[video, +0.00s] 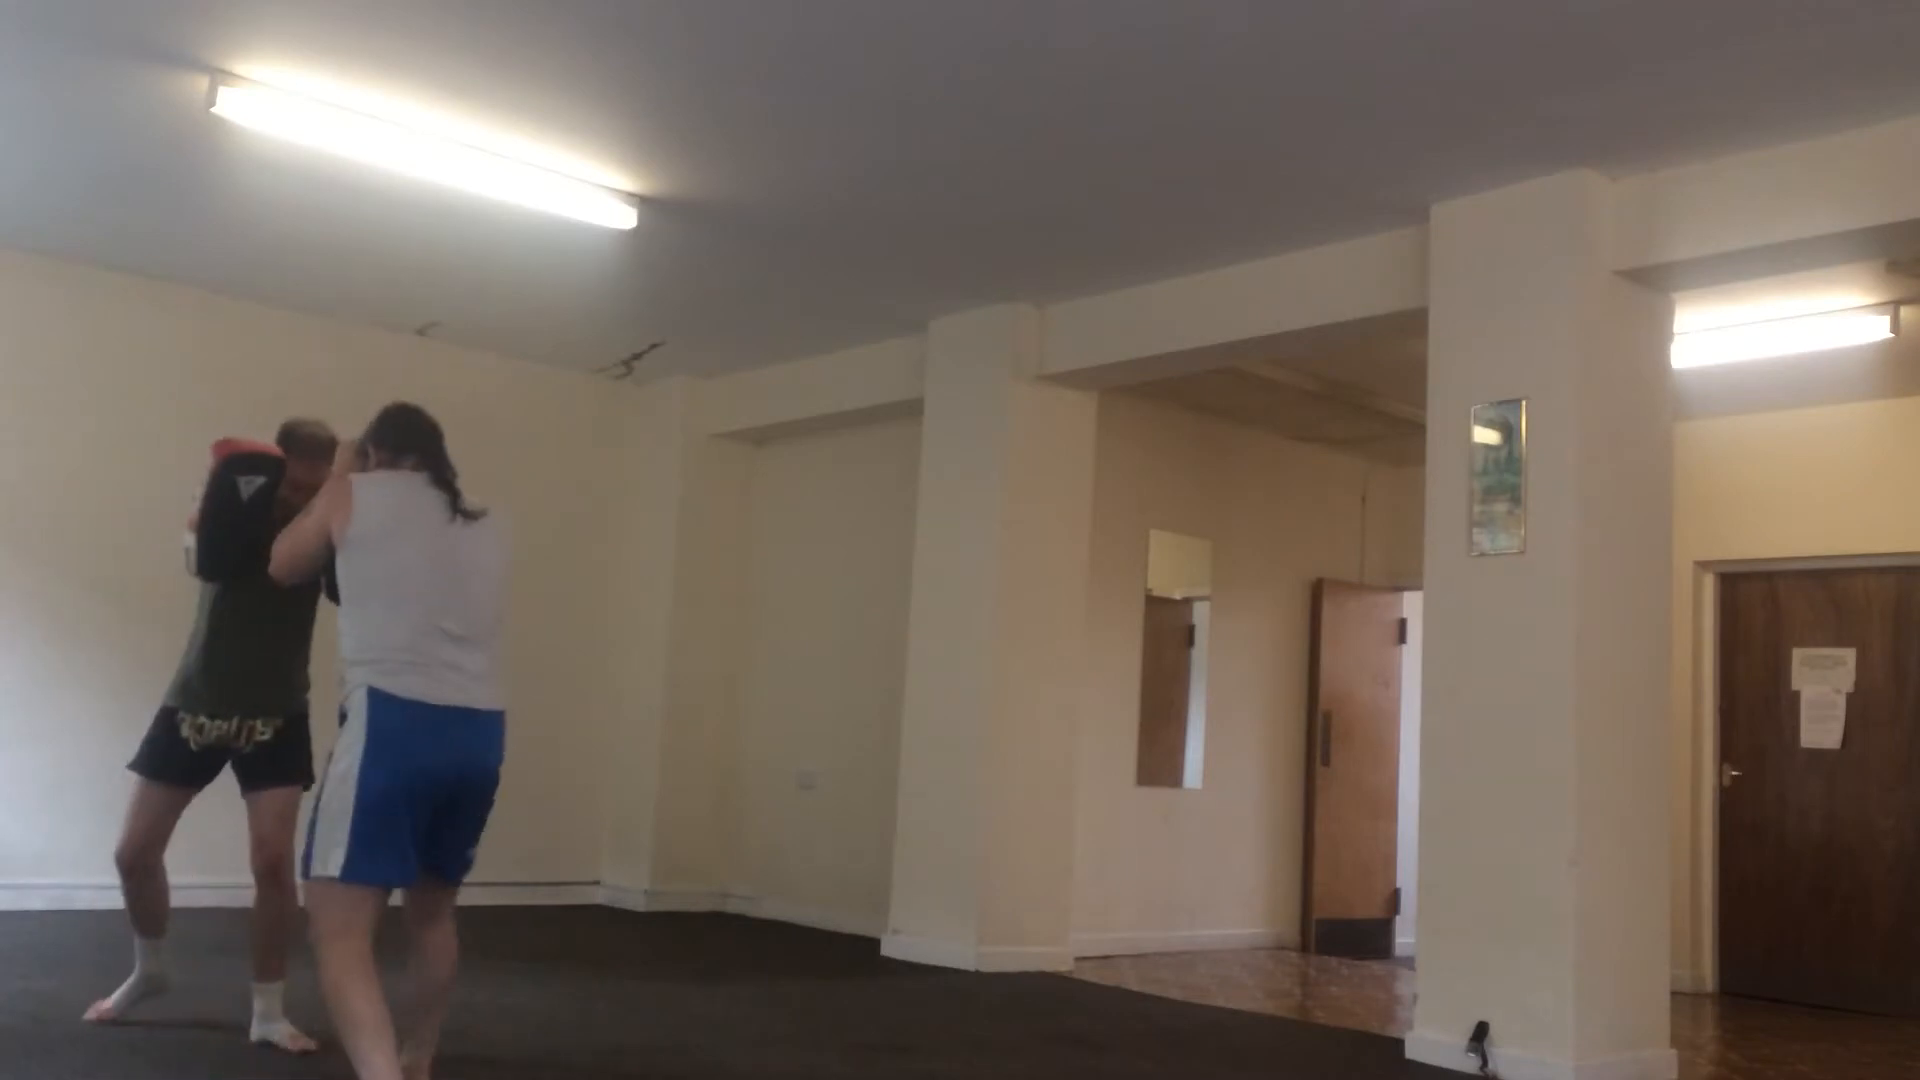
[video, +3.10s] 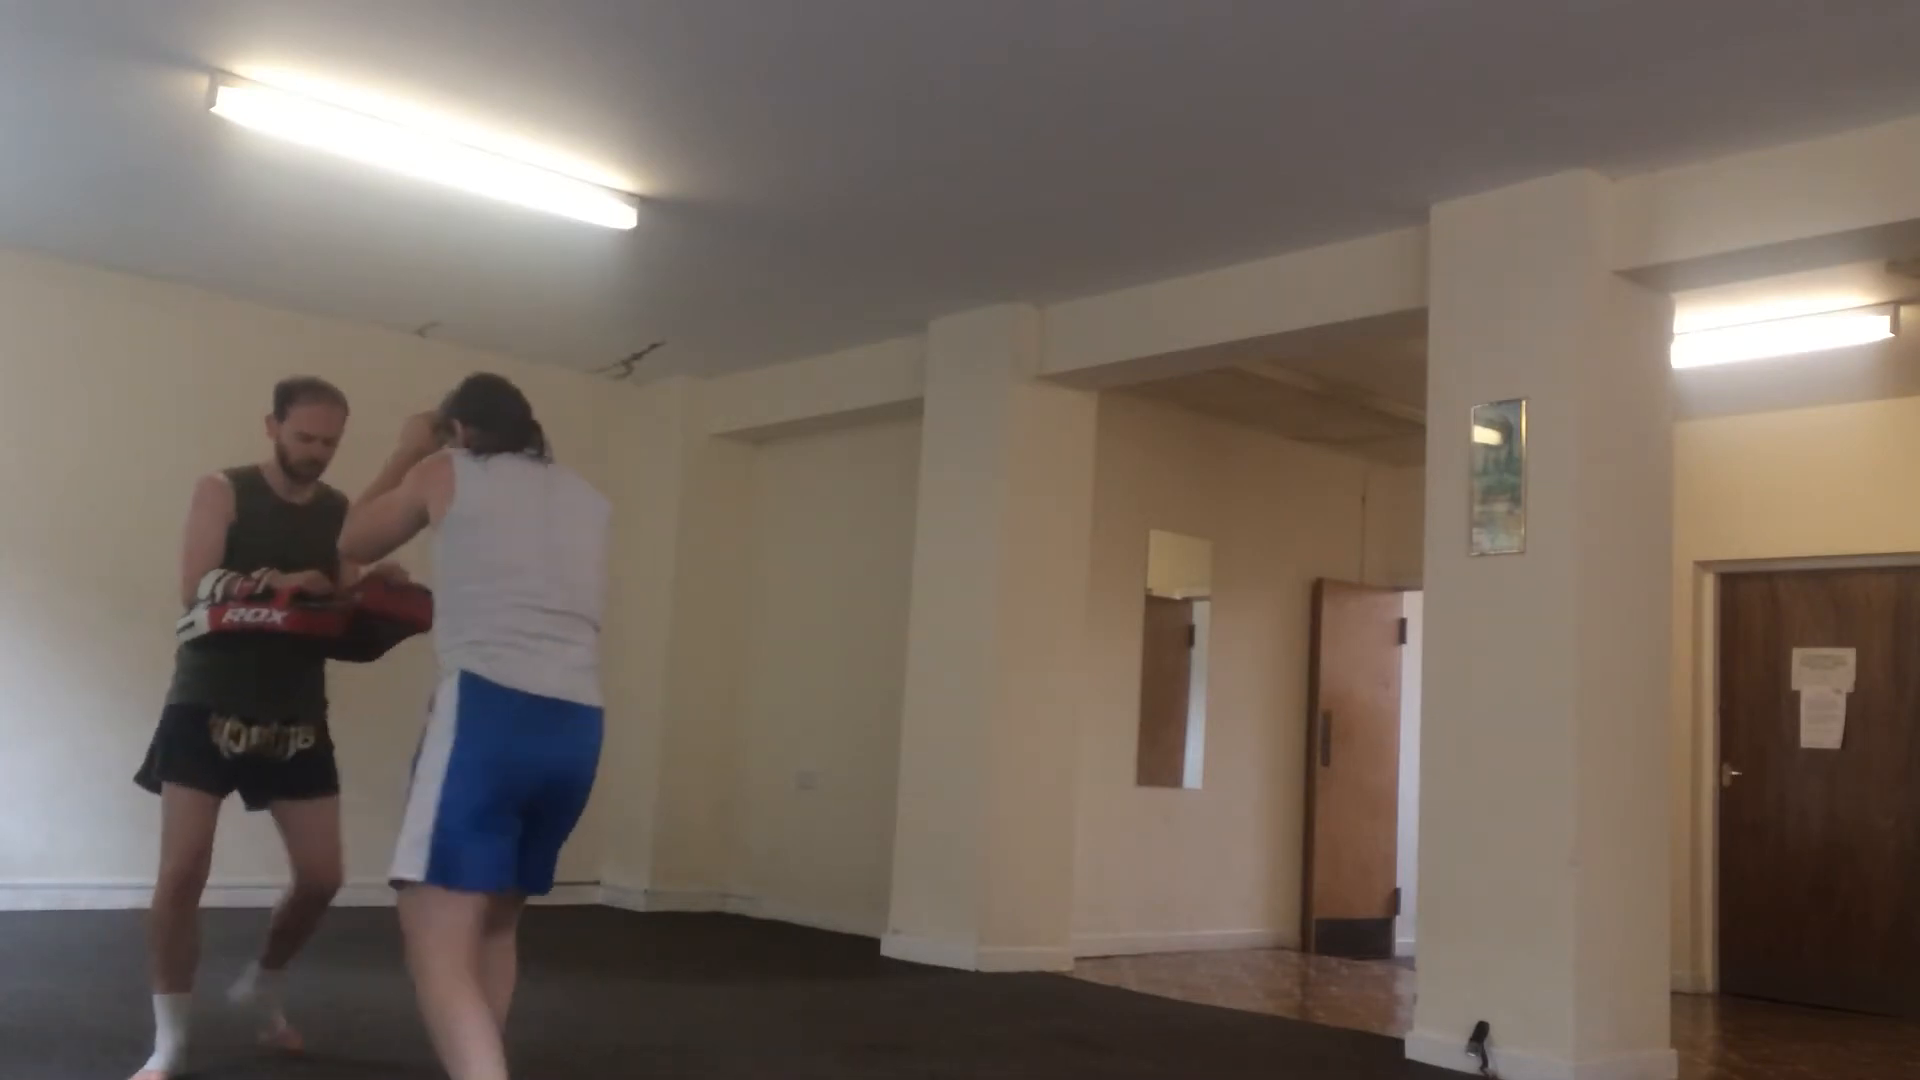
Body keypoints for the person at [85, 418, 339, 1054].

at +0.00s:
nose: (307, 499)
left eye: (318, 489)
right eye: (298, 486)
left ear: (329, 483)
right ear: (277, 471)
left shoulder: (319, 528)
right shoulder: (235, 497)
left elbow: (347, 592)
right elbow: (217, 561)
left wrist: (342, 514)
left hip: (276, 715)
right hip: (197, 707)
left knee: (274, 866)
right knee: (135, 853)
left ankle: (269, 1014)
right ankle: (149, 972)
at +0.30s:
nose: (305, 480)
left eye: (320, 471)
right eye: (297, 464)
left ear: (335, 474)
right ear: (273, 450)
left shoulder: (328, 525)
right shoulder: (217, 502)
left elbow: (336, 646)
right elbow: (185, 597)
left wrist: (348, 590)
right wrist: (230, 555)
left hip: (274, 707)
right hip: (192, 698)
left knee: (277, 867)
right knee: (123, 857)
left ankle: (269, 1015)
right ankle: (59, 1013)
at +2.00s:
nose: (316, 460)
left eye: (323, 450)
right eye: (307, 445)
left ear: (306, 444)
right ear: (267, 432)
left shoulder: (237, 494)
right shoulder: (250, 495)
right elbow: (294, 601)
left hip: (243, 714)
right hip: (214, 714)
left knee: (236, 867)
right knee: (182, 871)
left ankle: (191, 1012)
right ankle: (105, 1048)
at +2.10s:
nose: (326, 463)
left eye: (333, 451)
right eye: (315, 444)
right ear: (271, 434)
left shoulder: (247, 494)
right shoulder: (260, 496)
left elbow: (278, 615)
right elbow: (308, 608)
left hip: (244, 713)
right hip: (216, 713)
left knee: (237, 865)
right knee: (185, 871)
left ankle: (191, 1013)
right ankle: (107, 1047)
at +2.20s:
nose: (307, 444)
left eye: (313, 432)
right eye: (296, 428)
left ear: (259, 429)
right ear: (251, 422)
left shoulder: (236, 489)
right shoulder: (243, 491)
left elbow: (302, 584)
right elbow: (317, 575)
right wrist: (312, 490)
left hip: (247, 710)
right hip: (219, 711)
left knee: (232, 864)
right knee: (187, 868)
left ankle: (191, 1012)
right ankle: (107, 1043)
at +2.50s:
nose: (314, 449)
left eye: (321, 437)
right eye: (300, 435)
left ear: (325, 444)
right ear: (262, 435)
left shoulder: (277, 508)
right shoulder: (229, 499)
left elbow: (277, 611)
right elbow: (270, 600)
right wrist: (336, 593)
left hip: (262, 711)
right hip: (216, 711)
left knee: (246, 865)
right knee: (197, 863)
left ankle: (192, 1012)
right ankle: (116, 1037)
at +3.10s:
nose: (320, 452)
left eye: (331, 442)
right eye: (309, 437)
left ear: (340, 441)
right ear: (272, 427)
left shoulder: (339, 512)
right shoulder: (222, 493)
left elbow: (339, 601)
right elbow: (198, 593)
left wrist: (379, 588)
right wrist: (295, 584)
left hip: (295, 712)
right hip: (208, 707)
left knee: (321, 880)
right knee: (182, 874)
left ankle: (258, 990)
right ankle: (169, 1040)